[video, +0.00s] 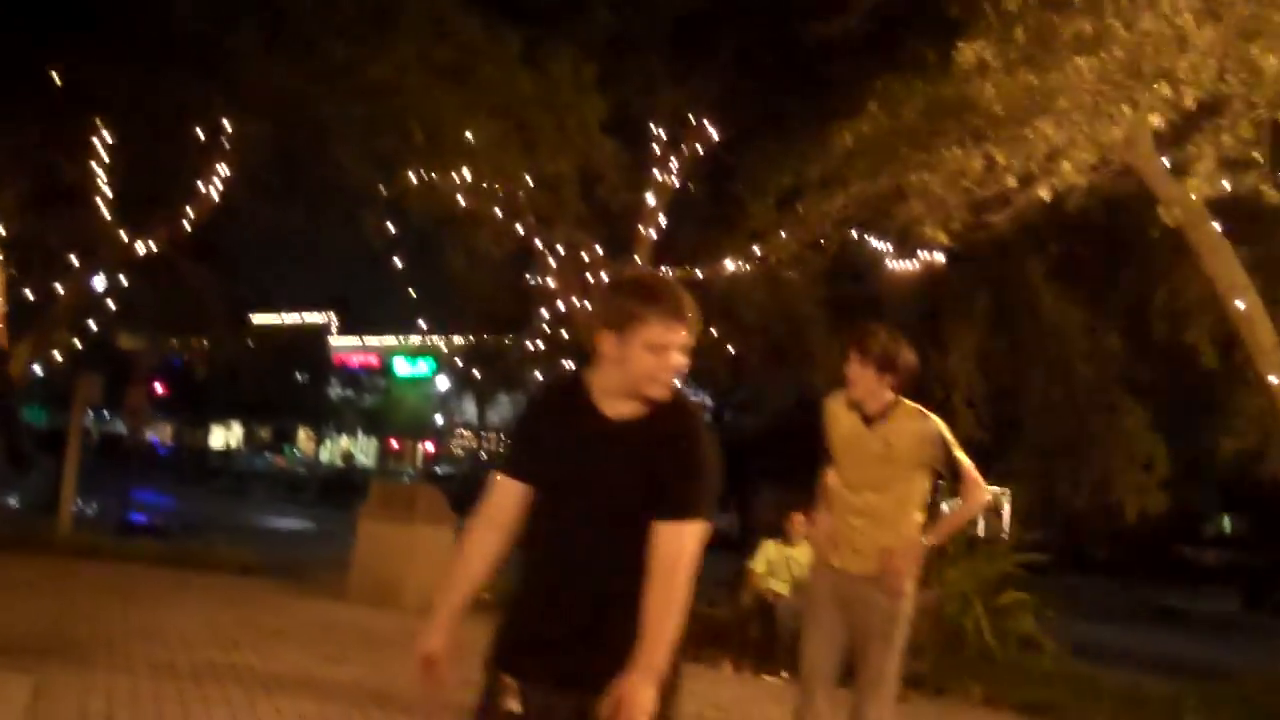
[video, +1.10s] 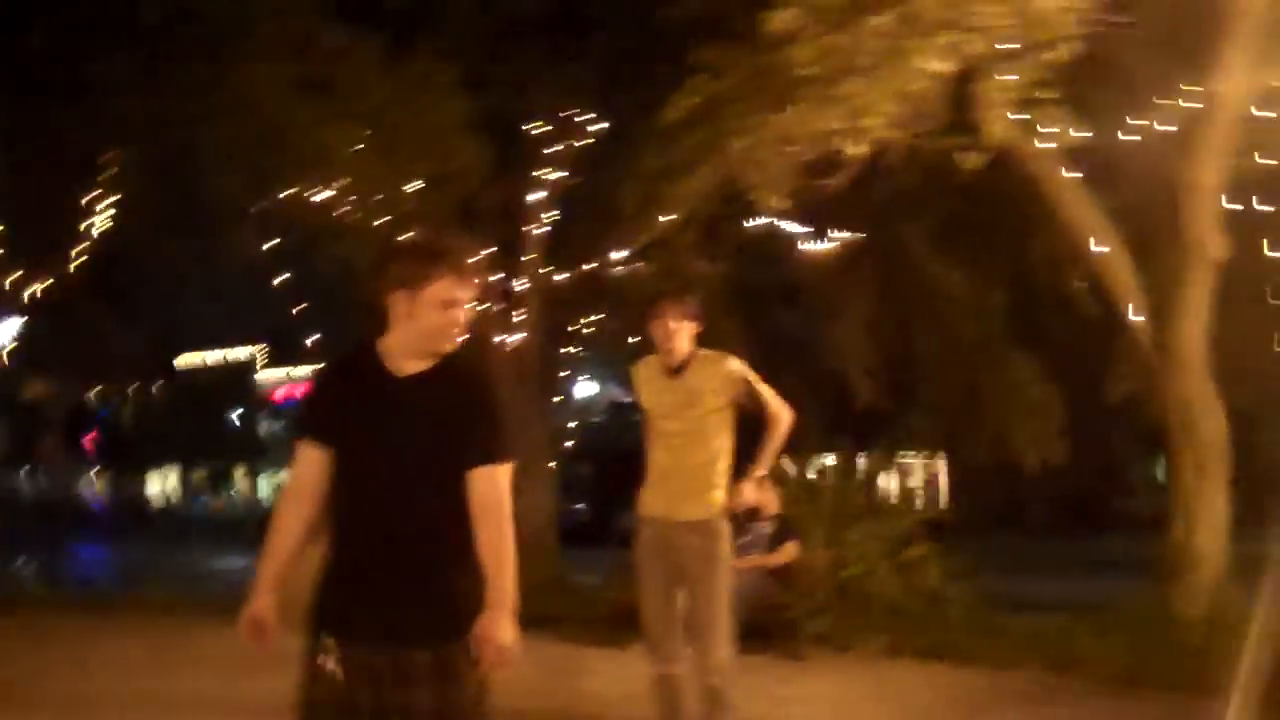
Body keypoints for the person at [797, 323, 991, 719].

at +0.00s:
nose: (848, 371)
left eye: (859, 364)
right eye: (849, 361)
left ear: (887, 378)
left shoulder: (924, 428)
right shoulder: (834, 410)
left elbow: (976, 493)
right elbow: (829, 468)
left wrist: (923, 544)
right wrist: (821, 514)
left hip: (888, 577)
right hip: (830, 567)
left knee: (874, 697)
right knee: (812, 687)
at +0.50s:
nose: (839, 343)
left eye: (850, 334)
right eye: (832, 332)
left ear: (868, 343)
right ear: (819, 339)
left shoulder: (892, 393)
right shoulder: (801, 385)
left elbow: (930, 468)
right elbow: (790, 445)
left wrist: (895, 527)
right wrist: (782, 506)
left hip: (858, 555)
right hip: (800, 547)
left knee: (848, 684)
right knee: (792, 677)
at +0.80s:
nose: (793, 326)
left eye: (802, 316)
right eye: (786, 315)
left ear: (821, 321)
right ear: (775, 321)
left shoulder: (850, 364)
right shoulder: (765, 367)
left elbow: (906, 408)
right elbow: (770, 417)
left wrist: (878, 473)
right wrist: (764, 465)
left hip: (831, 519)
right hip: (777, 515)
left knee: (830, 639)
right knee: (777, 632)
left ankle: (829, 713)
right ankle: (784, 713)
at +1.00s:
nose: (728, 312)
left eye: (738, 302)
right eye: (721, 301)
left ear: (757, 305)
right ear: (710, 306)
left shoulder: (784, 346)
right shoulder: (700, 351)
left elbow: (842, 387)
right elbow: (708, 408)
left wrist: (811, 452)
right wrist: (702, 458)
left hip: (761, 499)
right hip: (707, 498)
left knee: (757, 618)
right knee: (707, 616)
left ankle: (757, 710)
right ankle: (713, 709)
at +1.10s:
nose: (667, 332)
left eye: (676, 323)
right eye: (660, 322)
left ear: (695, 328)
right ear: (649, 330)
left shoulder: (724, 369)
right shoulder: (643, 373)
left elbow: (781, 414)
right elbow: (652, 427)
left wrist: (755, 478)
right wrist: (651, 482)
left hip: (706, 523)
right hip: (654, 522)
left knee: (712, 645)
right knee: (660, 642)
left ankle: (716, 712)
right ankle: (671, 714)